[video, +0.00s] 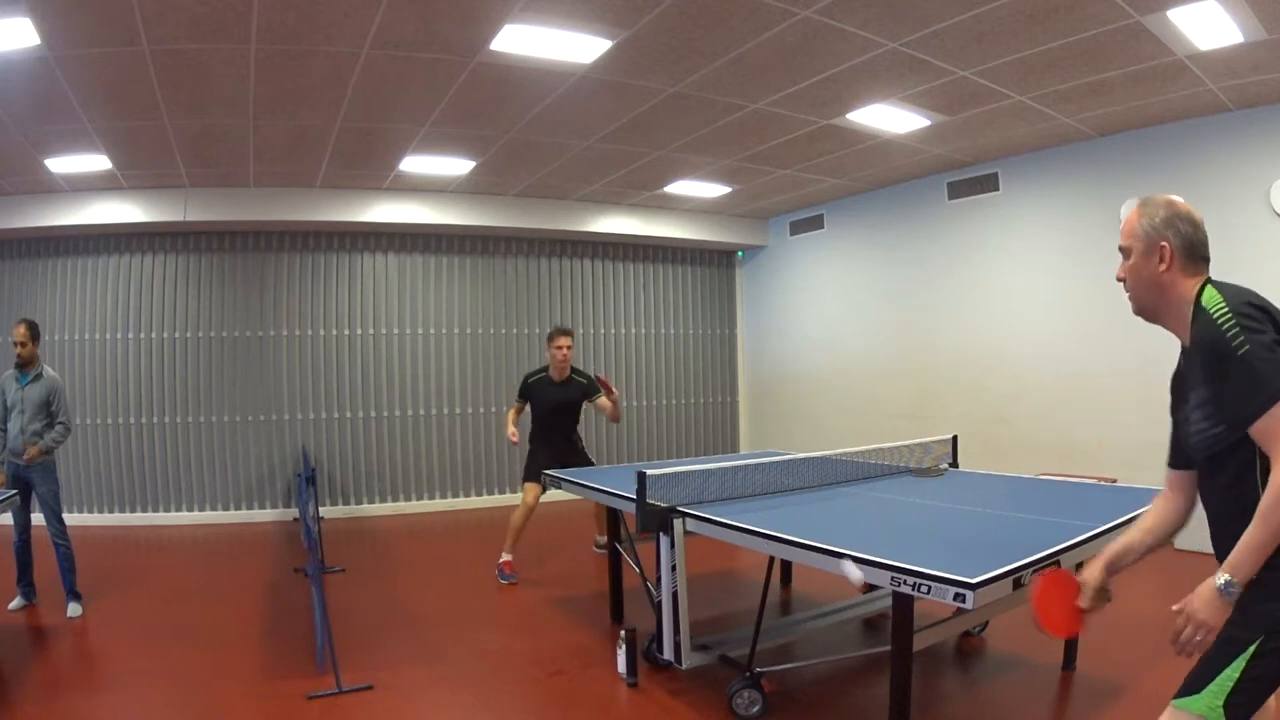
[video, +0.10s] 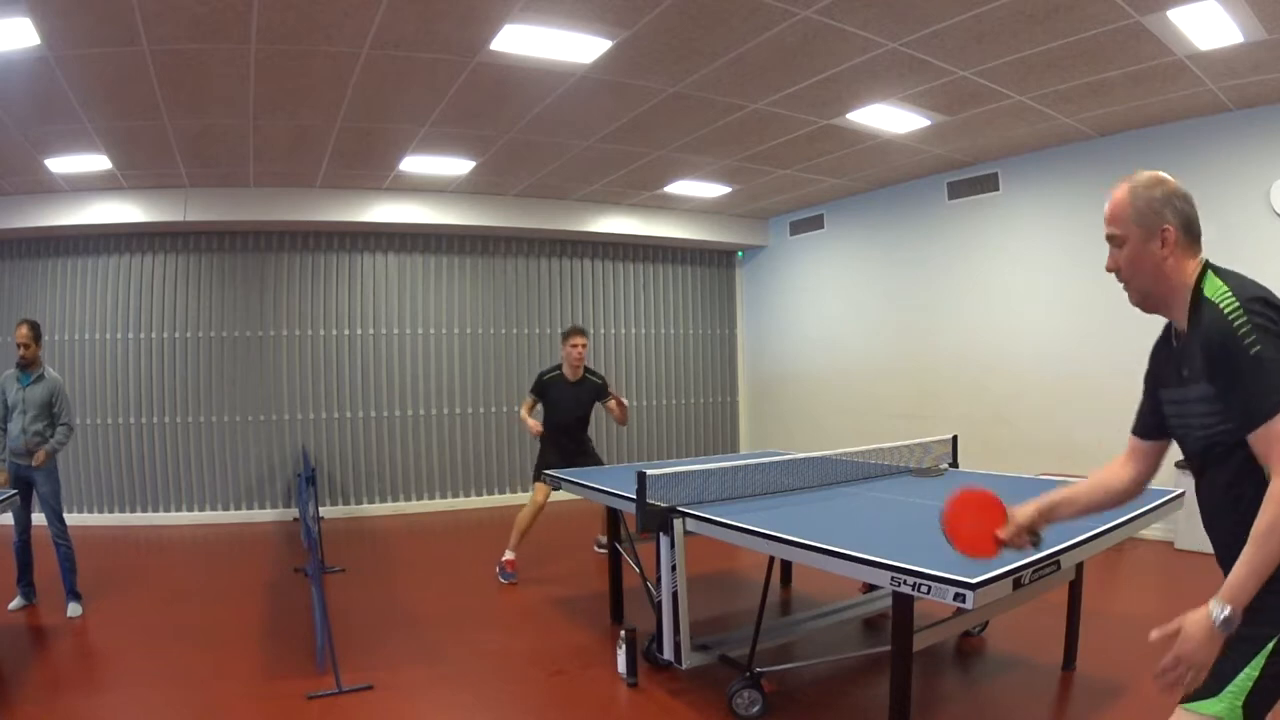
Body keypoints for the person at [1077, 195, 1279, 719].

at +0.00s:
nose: (1118, 273)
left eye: (1126, 255)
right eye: (1120, 257)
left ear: (1163, 257)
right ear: (1161, 260)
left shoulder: (1231, 329)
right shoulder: (1191, 359)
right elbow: (1177, 496)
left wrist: (1225, 586)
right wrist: (1106, 560)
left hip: (1275, 583)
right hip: (1259, 580)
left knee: (1188, 713)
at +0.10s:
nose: (1109, 263)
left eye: (1117, 243)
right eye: (1108, 245)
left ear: (1164, 242)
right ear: (1160, 244)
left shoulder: (1239, 324)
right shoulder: (1173, 342)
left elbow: (1279, 477)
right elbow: (1133, 468)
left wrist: (1221, 612)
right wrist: (1040, 510)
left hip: (1275, 586)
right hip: (1249, 582)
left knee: (1206, 710)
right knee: (1261, 704)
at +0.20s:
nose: (1106, 303)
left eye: (1117, 278)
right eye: (1096, 283)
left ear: (1170, 256)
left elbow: (1268, 546)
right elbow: (1116, 425)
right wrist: (1028, 463)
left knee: (1255, 708)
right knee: (1224, 703)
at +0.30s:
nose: (1103, 379)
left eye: (1115, 351)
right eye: (1085, 358)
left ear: (1165, 311)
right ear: (1070, 338)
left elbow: (1279, 612)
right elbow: (1119, 396)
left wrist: (1273, 703)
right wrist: (1054, 447)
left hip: (1260, 635)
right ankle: (1233, 690)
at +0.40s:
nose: (1087, 431)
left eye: (1098, 403)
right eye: (1065, 408)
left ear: (1150, 348)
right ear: (1047, 380)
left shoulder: (1257, 441)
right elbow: (1138, 417)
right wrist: (1097, 473)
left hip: (1264, 633)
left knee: (1221, 708)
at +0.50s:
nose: (1057, 439)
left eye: (1063, 418)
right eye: (1043, 423)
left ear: (1114, 368)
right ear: (1111, 365)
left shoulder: (1254, 457)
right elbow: (1148, 444)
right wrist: (1142, 519)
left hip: (1266, 621)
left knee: (1225, 707)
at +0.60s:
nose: (1043, 409)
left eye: (1039, 392)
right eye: (1032, 396)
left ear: (1086, 357)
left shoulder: (1248, 436)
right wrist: (1191, 555)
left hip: (1267, 612)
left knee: (1228, 706)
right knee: (1233, 697)